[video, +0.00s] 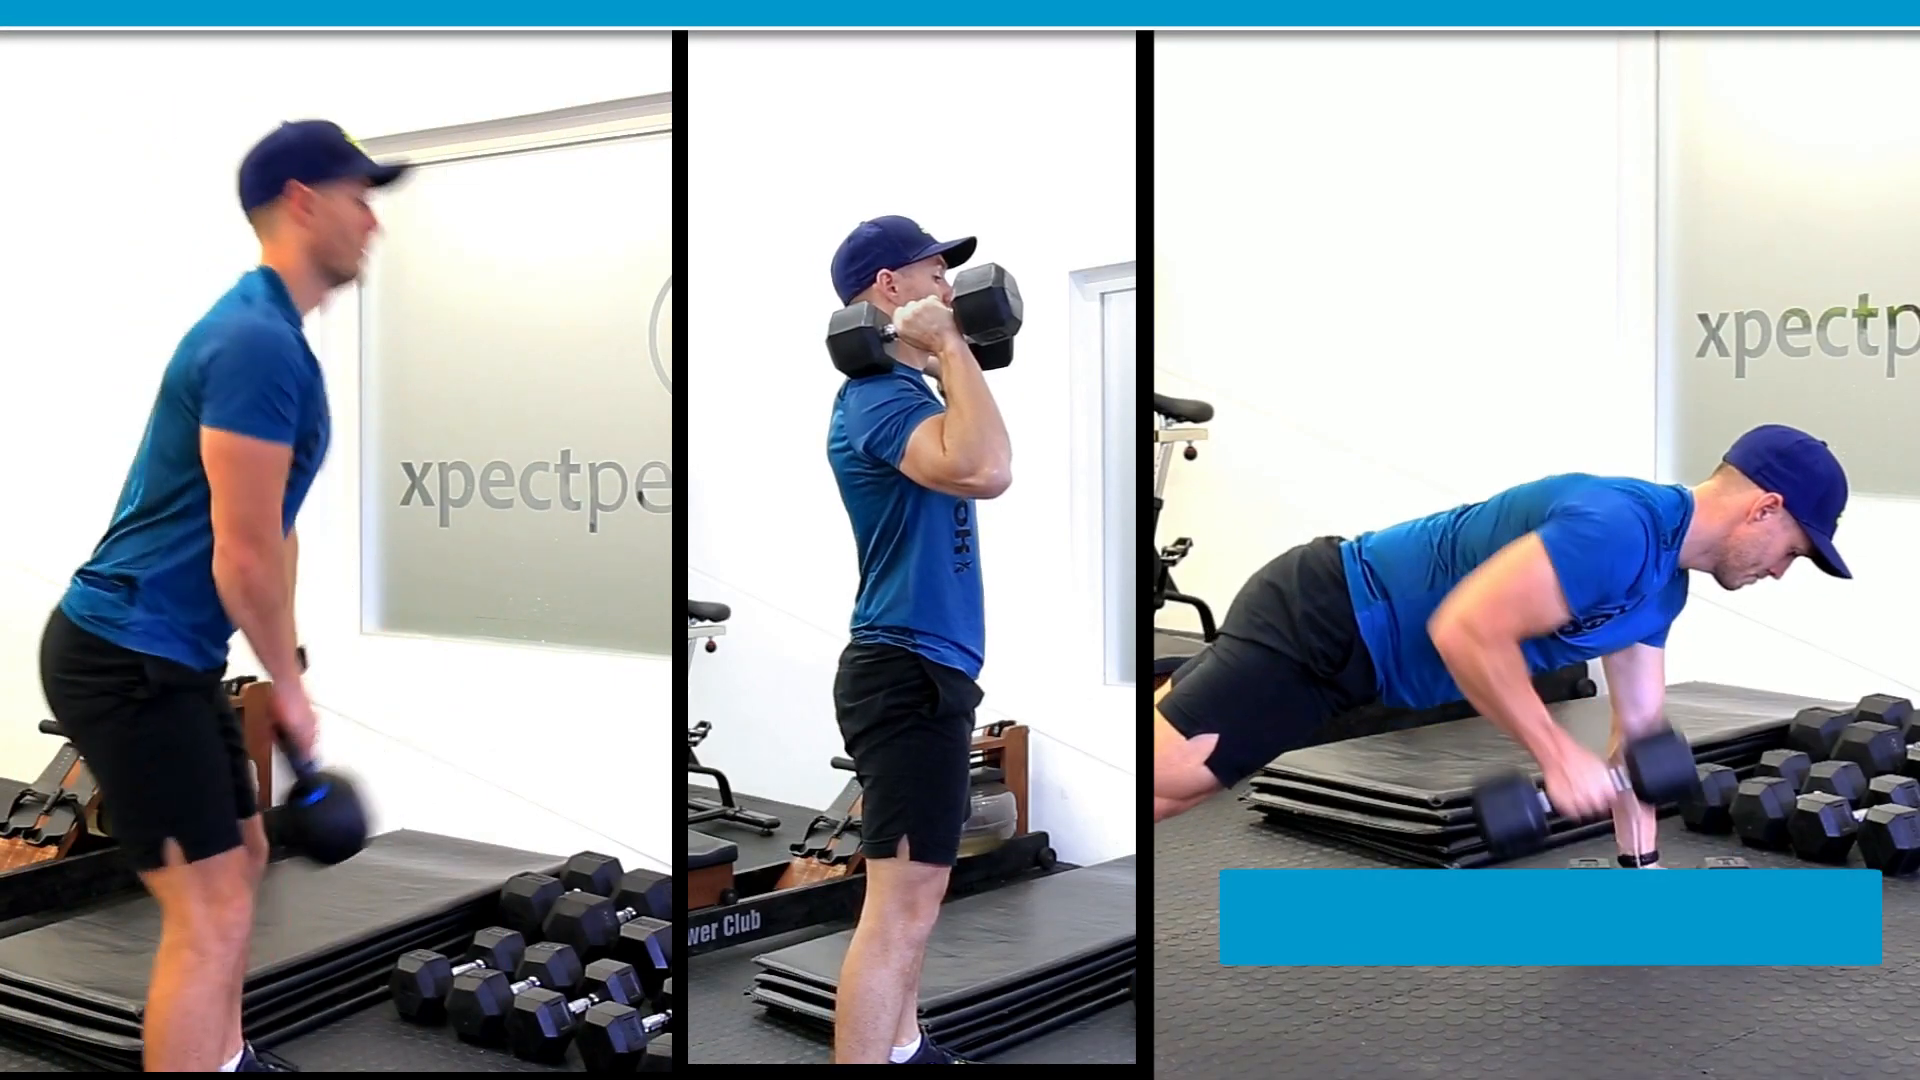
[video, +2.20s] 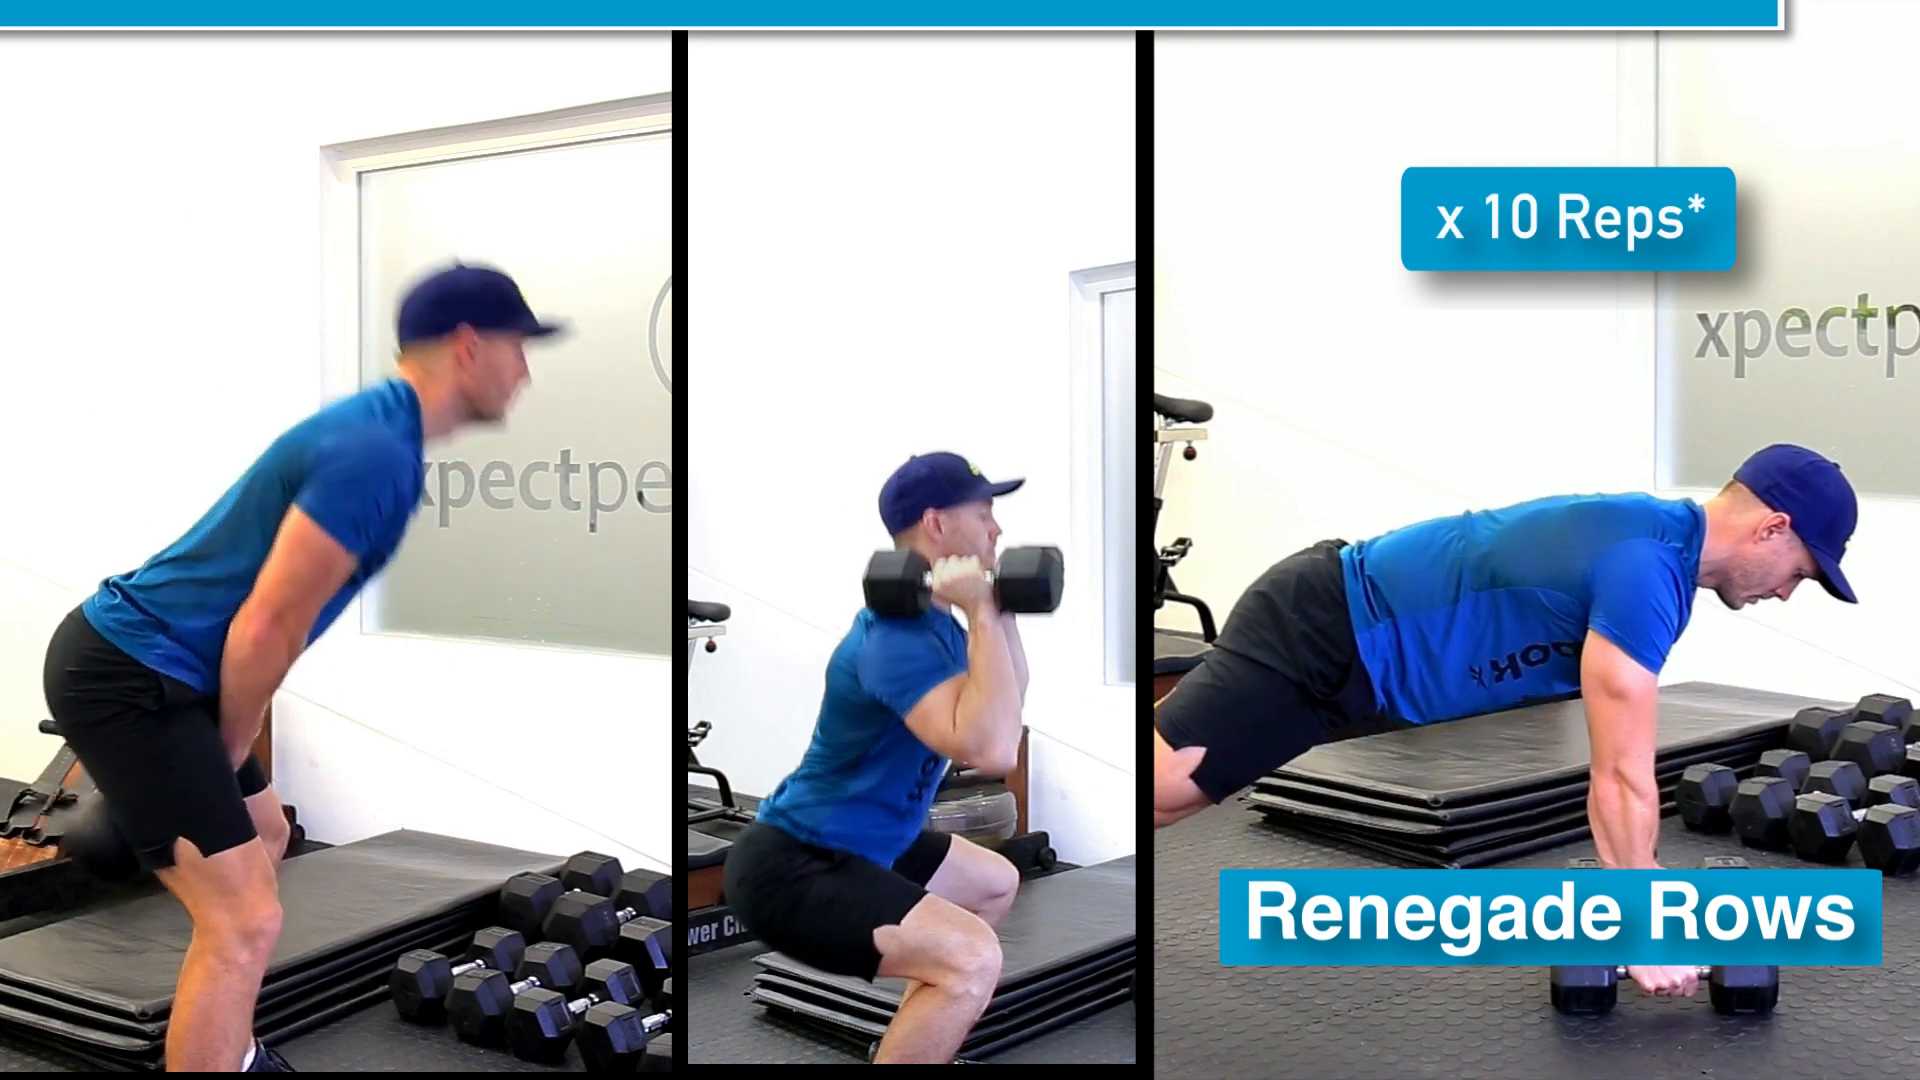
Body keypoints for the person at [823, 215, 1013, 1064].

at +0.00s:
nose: (950, 282)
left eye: (945, 268)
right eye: (937, 270)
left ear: (887, 289)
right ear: (888, 285)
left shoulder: (904, 395)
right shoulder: (873, 399)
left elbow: (990, 471)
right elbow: (977, 465)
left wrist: (953, 353)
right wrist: (948, 346)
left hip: (933, 674)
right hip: (906, 675)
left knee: (918, 898)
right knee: (900, 907)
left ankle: (900, 1047)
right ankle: (864, 1062)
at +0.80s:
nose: (975, 374)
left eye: (974, 360)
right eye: (965, 360)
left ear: (912, 374)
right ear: (919, 369)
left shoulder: (916, 476)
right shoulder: (891, 482)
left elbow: (992, 548)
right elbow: (1003, 555)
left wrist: (973, 428)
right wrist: (967, 426)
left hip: (868, 742)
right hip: (820, 750)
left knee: (977, 871)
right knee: (950, 944)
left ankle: (913, 1034)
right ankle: (893, 1055)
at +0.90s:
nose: (976, 397)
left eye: (975, 383)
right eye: (967, 383)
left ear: (914, 393)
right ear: (921, 388)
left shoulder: (918, 494)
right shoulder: (891, 501)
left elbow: (984, 566)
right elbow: (1004, 575)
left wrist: (970, 444)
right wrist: (966, 445)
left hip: (868, 754)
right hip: (815, 763)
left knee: (979, 874)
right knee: (953, 948)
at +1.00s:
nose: (981, 434)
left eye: (980, 421)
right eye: (972, 420)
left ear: (921, 428)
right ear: (926, 424)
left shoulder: (926, 527)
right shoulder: (890, 536)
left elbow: (999, 608)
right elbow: (1005, 618)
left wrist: (976, 489)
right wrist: (970, 487)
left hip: (865, 779)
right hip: (805, 793)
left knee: (986, 878)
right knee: (960, 952)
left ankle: (915, 1034)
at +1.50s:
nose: (997, 527)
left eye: (993, 511)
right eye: (985, 511)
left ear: (939, 526)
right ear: (939, 524)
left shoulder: (938, 621)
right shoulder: (896, 633)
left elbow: (1006, 715)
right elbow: (1000, 741)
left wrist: (989, 597)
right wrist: (979, 601)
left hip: (852, 840)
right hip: (789, 864)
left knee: (993, 882)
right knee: (968, 956)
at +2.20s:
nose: (997, 528)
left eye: (991, 512)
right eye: (983, 511)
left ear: (938, 529)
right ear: (935, 526)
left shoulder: (938, 625)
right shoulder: (894, 636)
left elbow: (1004, 724)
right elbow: (990, 750)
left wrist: (997, 609)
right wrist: (984, 612)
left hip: (863, 840)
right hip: (794, 863)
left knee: (996, 882)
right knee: (971, 959)